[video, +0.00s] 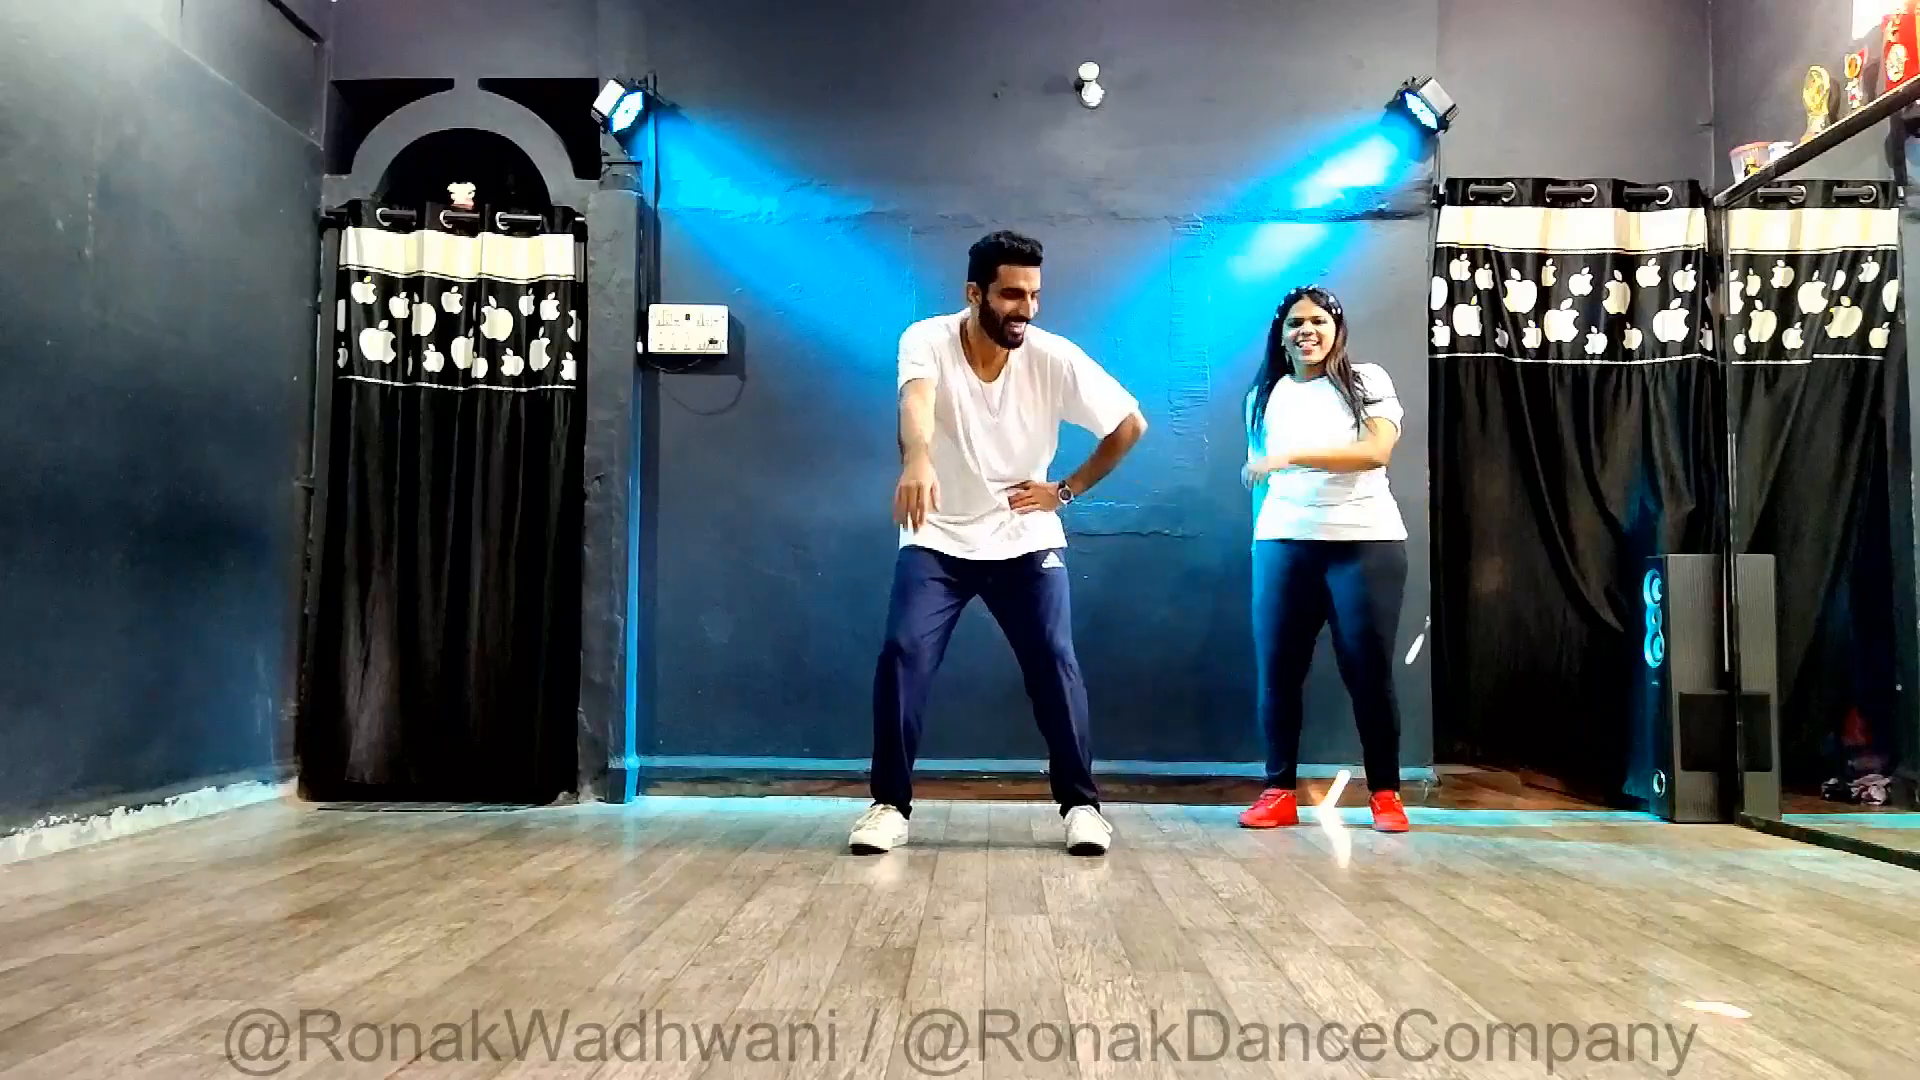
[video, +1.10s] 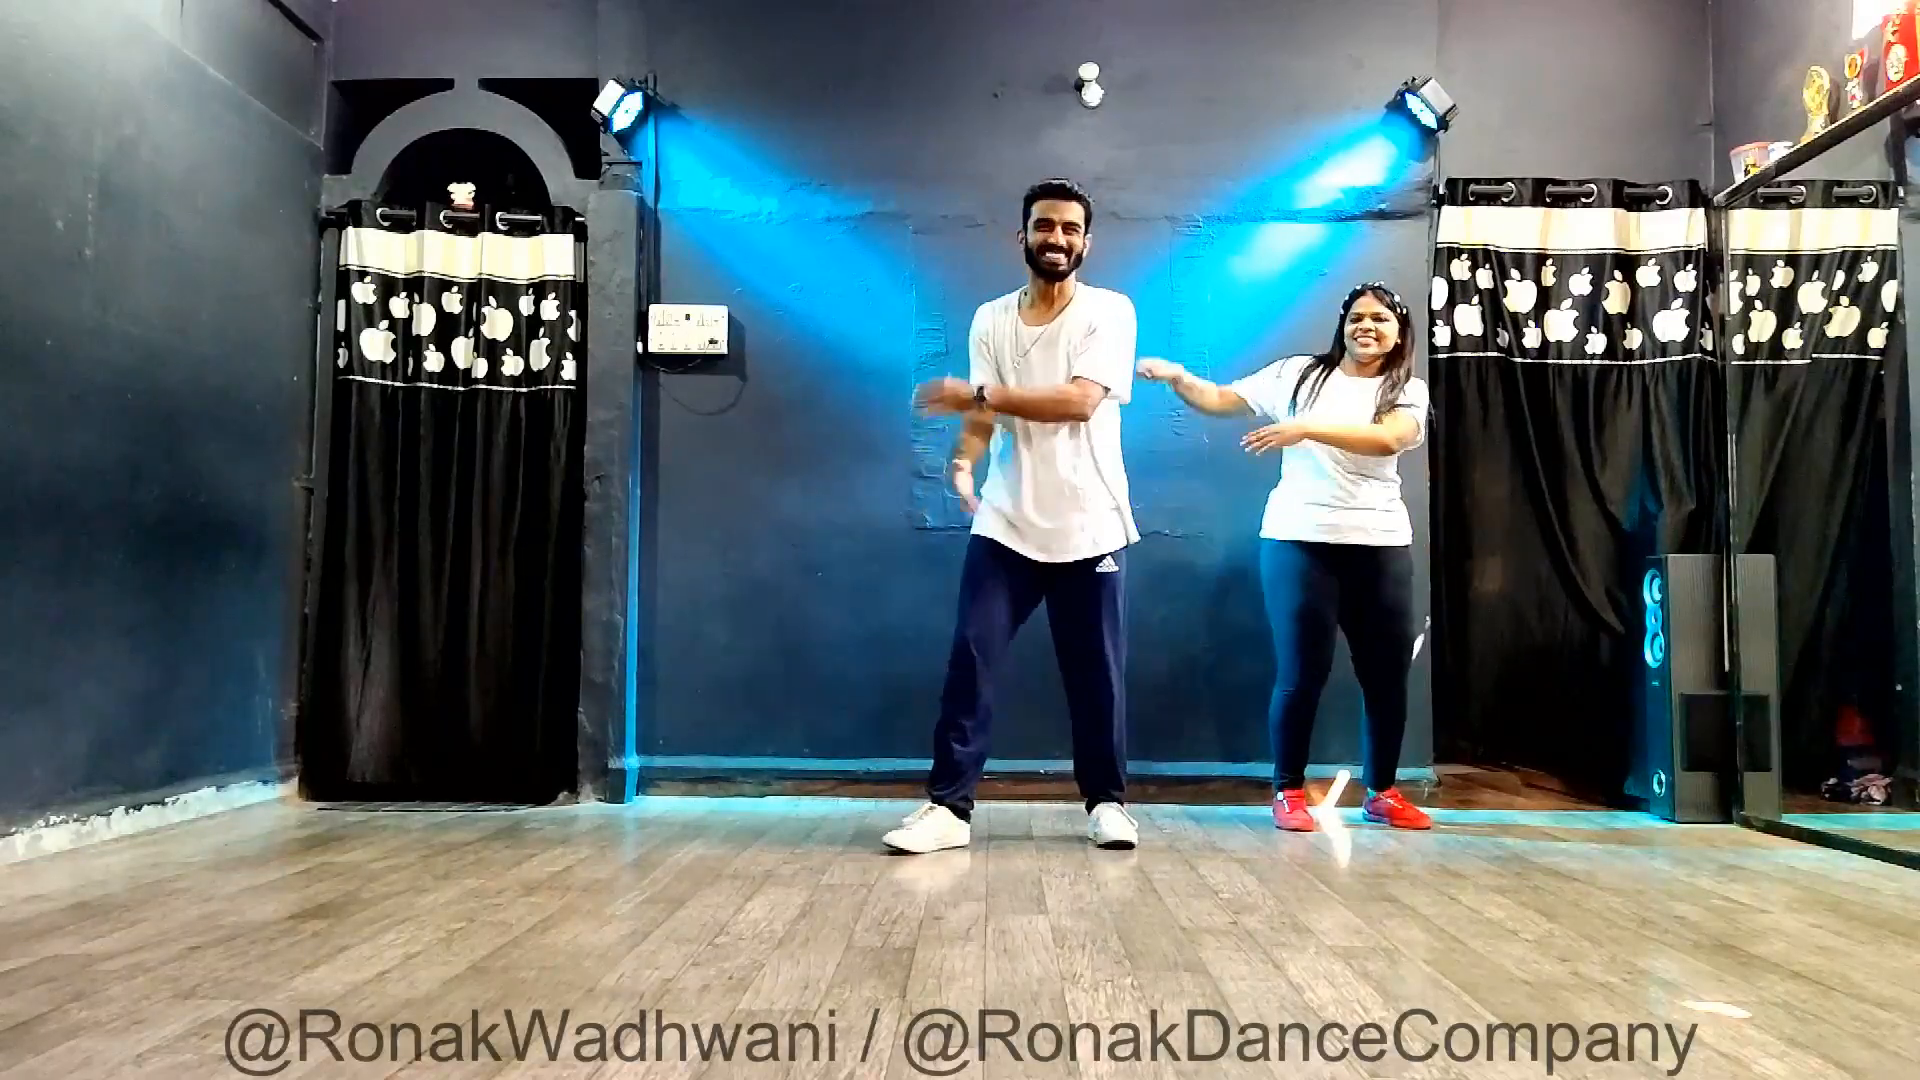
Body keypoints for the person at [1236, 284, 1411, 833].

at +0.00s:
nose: (1308, 330)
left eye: (1318, 322)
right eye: (1297, 323)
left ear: (1337, 330)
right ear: (1283, 334)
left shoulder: (1367, 379)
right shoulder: (1262, 398)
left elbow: (1377, 451)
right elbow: (1261, 475)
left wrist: (1290, 459)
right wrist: (1266, 543)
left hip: (1363, 539)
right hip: (1283, 541)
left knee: (1368, 668)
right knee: (1277, 669)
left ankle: (1384, 793)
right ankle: (1280, 790)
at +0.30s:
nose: (1331, 327)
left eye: (1340, 320)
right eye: (1318, 319)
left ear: (1351, 333)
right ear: (1297, 332)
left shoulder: (1372, 380)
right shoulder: (1267, 401)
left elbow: (1387, 441)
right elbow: (1253, 487)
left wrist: (1312, 462)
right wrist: (1250, 559)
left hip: (1383, 540)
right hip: (1306, 543)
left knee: (1392, 673)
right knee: (1318, 672)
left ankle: (1390, 794)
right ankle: (1293, 792)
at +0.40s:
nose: (1339, 348)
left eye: (1346, 338)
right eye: (1325, 340)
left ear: (1357, 344)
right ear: (1303, 349)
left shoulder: (1373, 398)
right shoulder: (1273, 408)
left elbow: (1397, 464)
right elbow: (1251, 490)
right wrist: (1246, 562)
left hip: (1377, 545)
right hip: (1307, 547)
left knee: (1416, 666)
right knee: (1326, 673)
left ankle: (1392, 794)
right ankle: (1293, 795)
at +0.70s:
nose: (1337, 338)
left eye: (1348, 331)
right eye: (1327, 330)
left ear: (1363, 343)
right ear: (1309, 339)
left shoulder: (1376, 402)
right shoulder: (1284, 390)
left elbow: (1410, 468)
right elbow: (1278, 457)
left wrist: (1441, 523)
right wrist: (1307, 495)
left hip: (1368, 542)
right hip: (1296, 541)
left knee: (1400, 656)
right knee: (1308, 668)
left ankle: (1390, 795)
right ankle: (1291, 794)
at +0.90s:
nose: (1352, 324)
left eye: (1362, 317)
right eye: (1342, 317)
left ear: (1379, 330)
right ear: (1324, 330)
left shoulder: (1395, 395)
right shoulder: (1291, 380)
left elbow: (1403, 468)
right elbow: (1276, 455)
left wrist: (1351, 483)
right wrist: (1317, 482)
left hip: (1365, 547)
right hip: (1290, 543)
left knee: (1382, 671)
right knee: (1296, 672)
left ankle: (1378, 791)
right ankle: (1288, 792)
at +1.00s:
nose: (1364, 329)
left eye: (1376, 321)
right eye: (1355, 320)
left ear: (1394, 333)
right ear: (1339, 329)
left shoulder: (1404, 391)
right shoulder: (1295, 377)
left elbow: (1392, 452)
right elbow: (1243, 428)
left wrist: (1310, 445)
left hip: (1373, 544)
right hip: (1296, 539)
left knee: (1385, 672)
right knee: (1300, 670)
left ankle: (1380, 793)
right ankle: (1289, 792)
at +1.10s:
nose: (1367, 326)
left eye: (1379, 319)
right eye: (1357, 319)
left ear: (1398, 333)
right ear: (1343, 329)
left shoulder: (1408, 386)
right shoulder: (1299, 373)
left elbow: (1392, 438)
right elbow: (1221, 400)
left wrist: (1304, 429)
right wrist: (1181, 378)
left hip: (1378, 544)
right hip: (1298, 538)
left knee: (1386, 675)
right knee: (1302, 671)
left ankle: (1381, 792)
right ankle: (1289, 793)